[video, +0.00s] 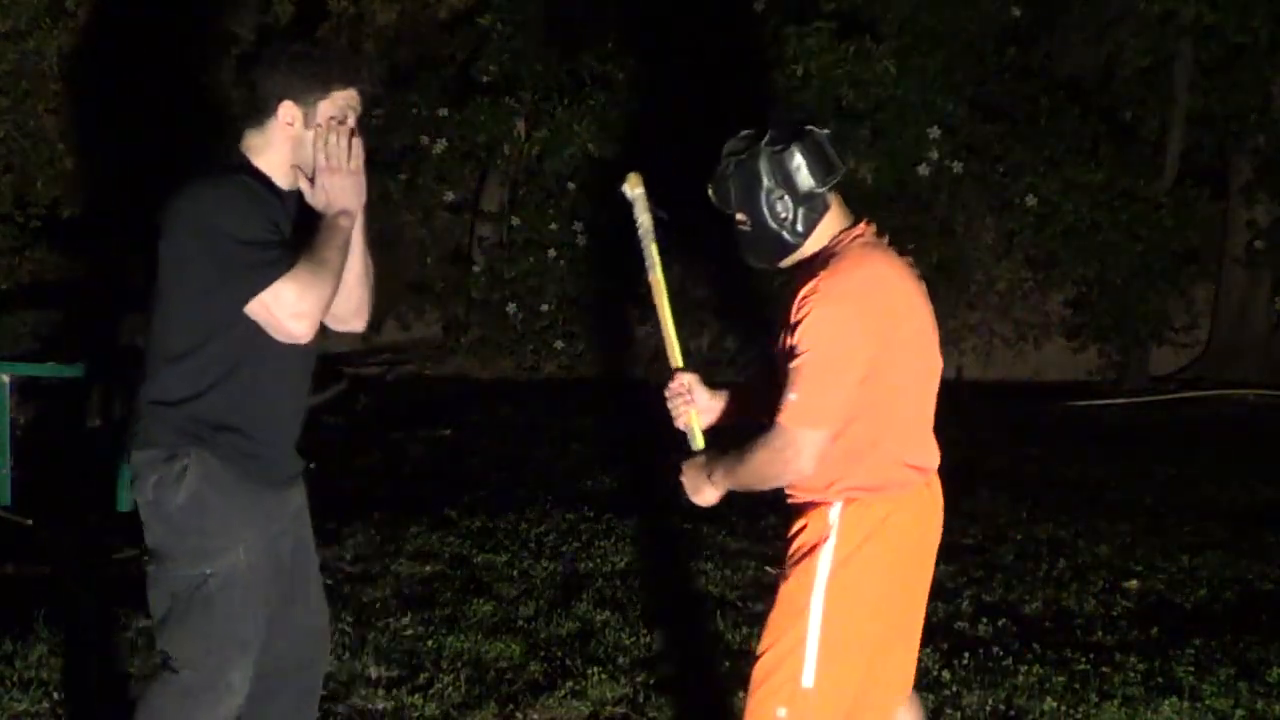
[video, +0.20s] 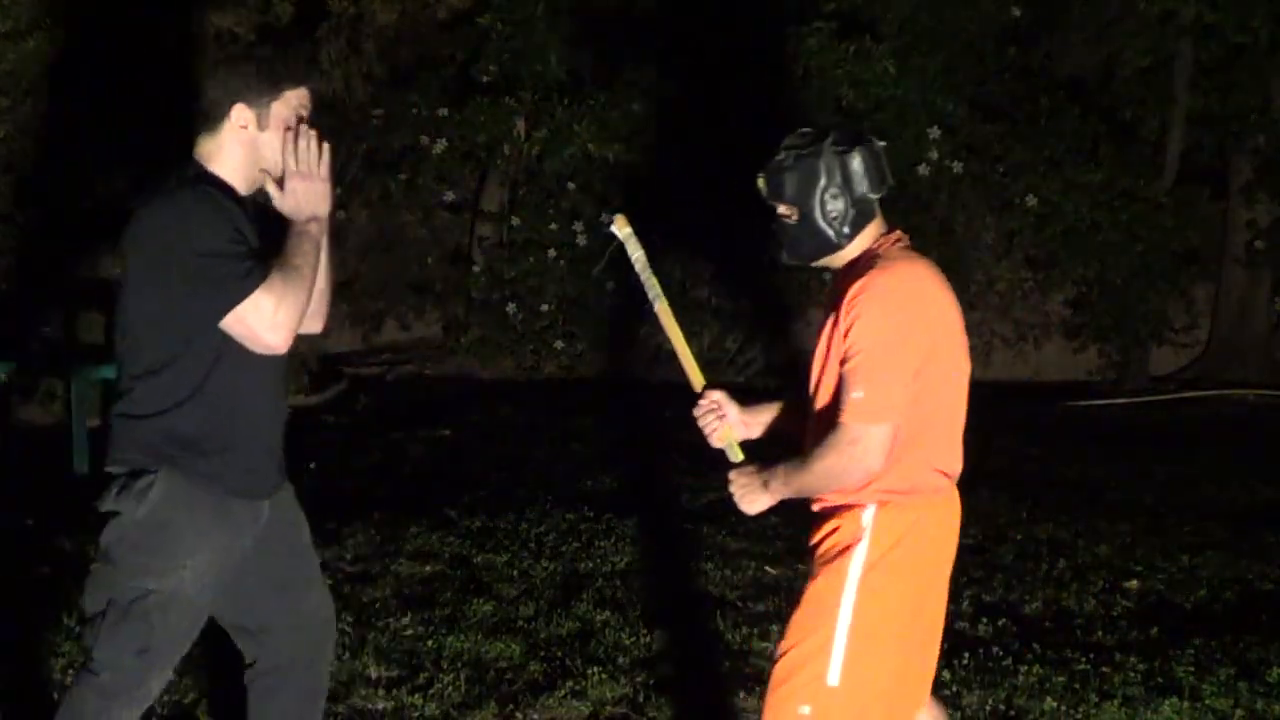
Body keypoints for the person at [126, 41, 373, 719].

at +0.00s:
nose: (349, 140)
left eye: (353, 123)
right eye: (338, 119)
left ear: (295, 124)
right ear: (290, 119)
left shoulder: (290, 212)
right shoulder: (217, 204)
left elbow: (351, 315)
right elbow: (295, 317)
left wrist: (352, 210)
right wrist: (337, 216)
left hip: (274, 476)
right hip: (198, 472)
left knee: (294, 665)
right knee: (211, 676)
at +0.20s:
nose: (304, 143)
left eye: (305, 125)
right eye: (294, 123)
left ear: (245, 124)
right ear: (246, 122)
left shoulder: (244, 219)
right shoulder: (183, 216)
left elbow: (311, 317)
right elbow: (271, 327)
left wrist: (312, 223)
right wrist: (308, 222)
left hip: (257, 500)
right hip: (174, 497)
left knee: (299, 654)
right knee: (118, 686)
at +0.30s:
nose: (290, 149)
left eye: (291, 131)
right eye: (279, 130)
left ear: (235, 133)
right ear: (232, 130)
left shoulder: (231, 223)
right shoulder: (159, 225)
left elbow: (288, 327)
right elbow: (249, 339)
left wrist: (294, 233)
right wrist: (285, 235)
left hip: (234, 494)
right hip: (151, 495)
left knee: (307, 627)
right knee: (104, 692)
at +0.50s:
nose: (274, 144)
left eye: (277, 127)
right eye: (263, 124)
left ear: (221, 131)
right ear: (215, 127)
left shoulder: (220, 217)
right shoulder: (145, 219)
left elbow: (286, 315)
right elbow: (234, 333)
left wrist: (282, 218)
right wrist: (270, 224)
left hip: (228, 493)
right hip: (147, 494)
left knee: (280, 665)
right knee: (110, 694)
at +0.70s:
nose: (274, 143)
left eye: (276, 126)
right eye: (263, 123)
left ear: (219, 130)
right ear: (215, 126)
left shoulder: (218, 217)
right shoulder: (144, 220)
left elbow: (286, 314)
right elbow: (238, 331)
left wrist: (281, 216)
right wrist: (269, 219)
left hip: (231, 497)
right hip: (150, 498)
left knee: (280, 664)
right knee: (110, 696)